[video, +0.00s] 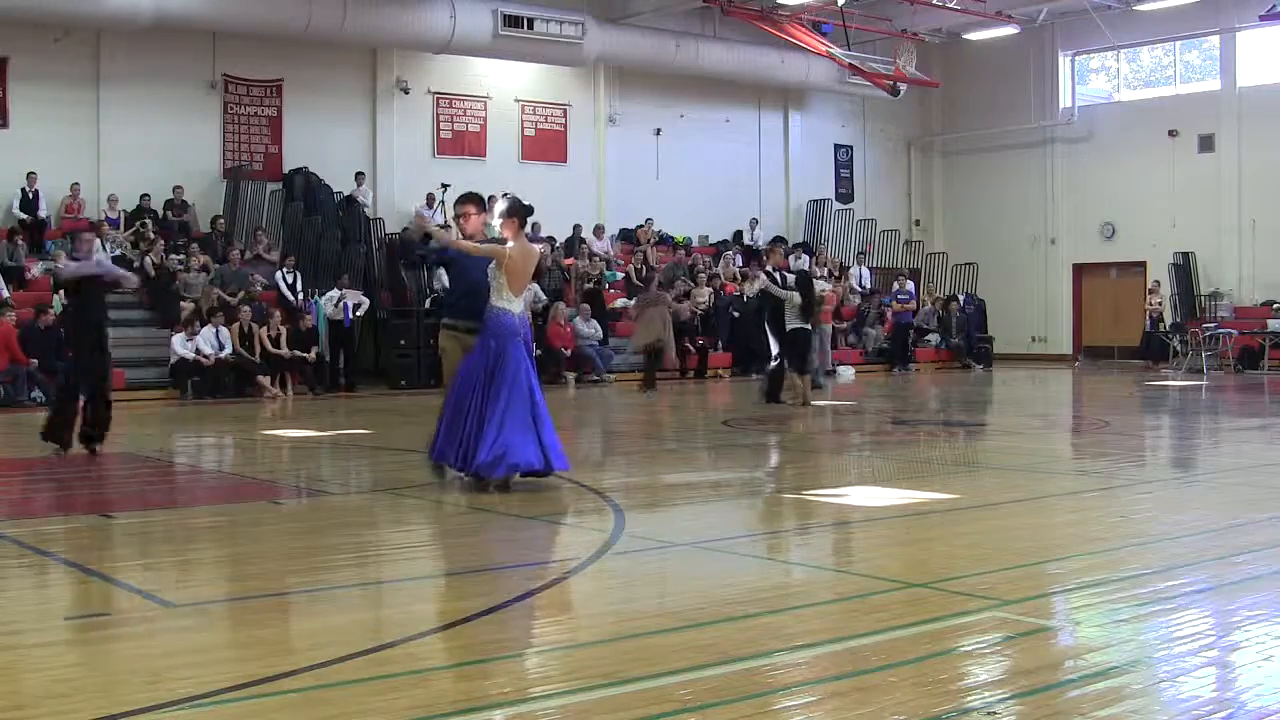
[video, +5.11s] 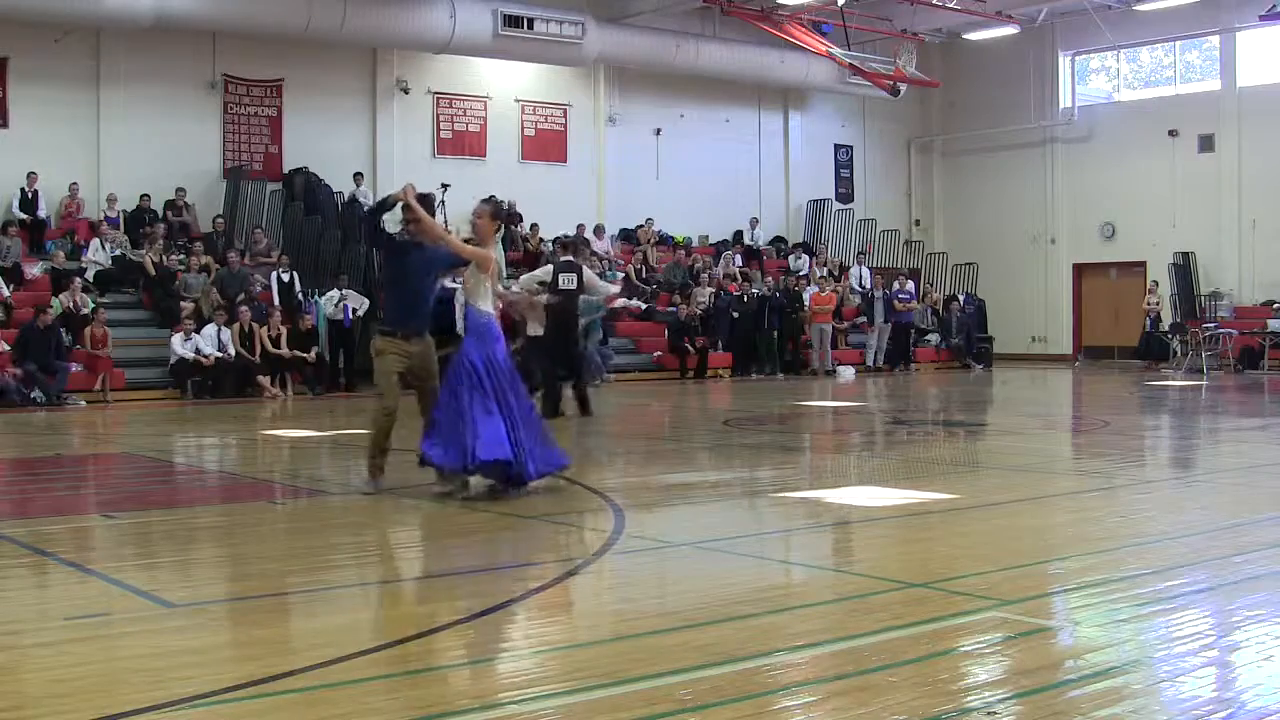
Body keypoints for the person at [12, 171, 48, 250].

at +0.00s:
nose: (33, 181)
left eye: (35, 179)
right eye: (31, 179)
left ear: (36, 180)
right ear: (27, 180)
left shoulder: (39, 193)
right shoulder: (20, 192)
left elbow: (42, 208)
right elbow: (15, 209)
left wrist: (41, 216)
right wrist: (25, 217)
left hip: (36, 216)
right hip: (24, 216)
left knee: (42, 224)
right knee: (30, 226)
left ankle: (39, 248)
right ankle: (30, 248)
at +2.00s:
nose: (33, 181)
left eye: (34, 179)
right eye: (31, 178)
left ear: (36, 180)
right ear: (27, 180)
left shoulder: (39, 193)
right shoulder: (20, 192)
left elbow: (42, 208)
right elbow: (15, 209)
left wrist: (41, 216)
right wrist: (25, 217)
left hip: (36, 218)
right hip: (25, 218)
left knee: (43, 223)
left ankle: (40, 247)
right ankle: (31, 248)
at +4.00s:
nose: (31, 181)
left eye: (33, 179)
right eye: (29, 179)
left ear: (36, 180)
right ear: (26, 180)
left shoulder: (39, 193)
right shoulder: (19, 192)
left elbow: (42, 209)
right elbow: (14, 210)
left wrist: (41, 216)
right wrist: (25, 217)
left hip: (36, 218)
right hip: (24, 218)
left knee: (42, 223)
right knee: (32, 225)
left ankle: (40, 248)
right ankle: (31, 248)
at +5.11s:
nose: (34, 182)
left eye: (35, 180)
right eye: (32, 180)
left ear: (36, 181)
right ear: (27, 179)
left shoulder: (39, 193)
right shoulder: (19, 192)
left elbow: (42, 209)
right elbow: (15, 209)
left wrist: (39, 216)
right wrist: (25, 217)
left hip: (36, 217)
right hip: (24, 218)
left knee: (42, 223)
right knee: (34, 225)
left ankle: (40, 249)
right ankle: (32, 249)